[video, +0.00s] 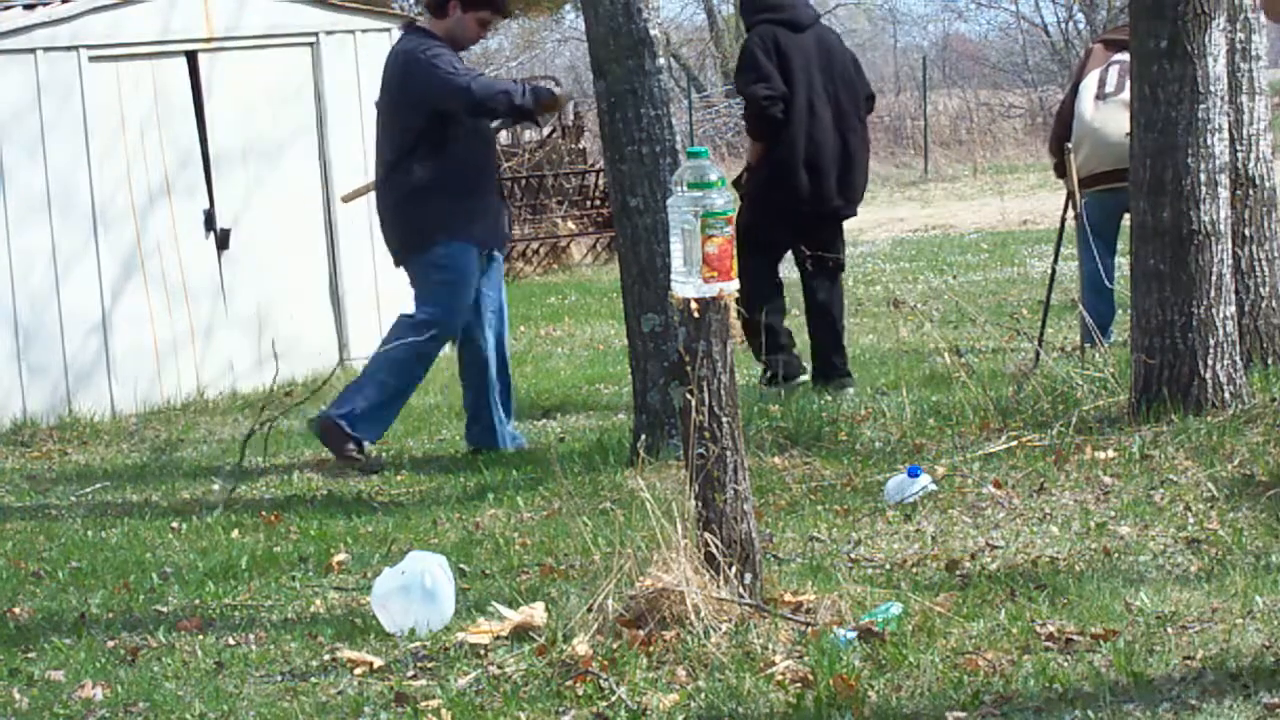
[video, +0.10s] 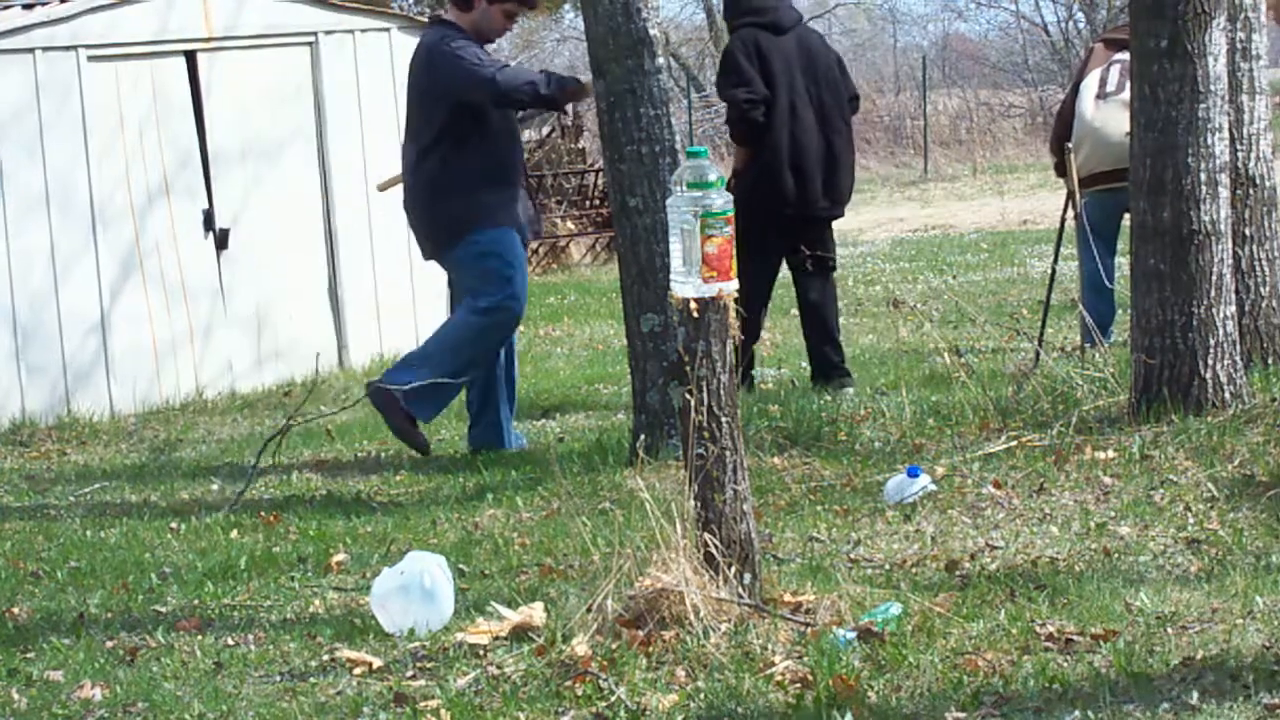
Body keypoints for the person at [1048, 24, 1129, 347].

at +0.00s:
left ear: (1120, 24)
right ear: (1153, 23)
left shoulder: (1096, 51)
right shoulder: (1166, 49)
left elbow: (1068, 110)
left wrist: (1061, 162)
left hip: (1099, 169)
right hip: (1153, 171)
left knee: (1096, 257)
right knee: (1158, 258)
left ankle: (1095, 343)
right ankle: (1163, 342)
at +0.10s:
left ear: (1121, 24)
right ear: (1155, 23)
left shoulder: (1098, 50)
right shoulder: (1169, 49)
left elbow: (1068, 110)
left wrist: (1062, 162)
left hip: (1099, 171)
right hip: (1154, 172)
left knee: (1096, 258)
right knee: (1159, 258)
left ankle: (1095, 343)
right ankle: (1164, 342)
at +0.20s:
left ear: (1123, 24)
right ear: (1157, 22)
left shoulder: (1101, 48)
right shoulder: (1171, 48)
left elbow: (1072, 107)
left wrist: (1064, 159)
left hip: (1102, 170)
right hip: (1157, 171)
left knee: (1098, 259)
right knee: (1161, 259)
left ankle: (1098, 344)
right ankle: (1165, 343)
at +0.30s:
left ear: (1124, 22)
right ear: (1157, 21)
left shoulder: (1101, 49)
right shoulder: (1171, 47)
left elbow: (1071, 108)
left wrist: (1063, 159)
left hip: (1102, 168)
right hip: (1157, 170)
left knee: (1098, 256)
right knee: (1161, 257)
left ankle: (1097, 342)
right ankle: (1166, 341)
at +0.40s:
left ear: (1121, 22)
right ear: (1154, 21)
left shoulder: (1096, 52)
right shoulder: (1167, 50)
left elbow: (1067, 110)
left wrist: (1060, 161)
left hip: (1098, 171)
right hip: (1152, 173)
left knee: (1094, 259)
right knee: (1156, 259)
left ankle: (1093, 343)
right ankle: (1160, 342)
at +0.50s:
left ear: (1115, 26)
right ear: (1148, 24)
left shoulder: (1091, 56)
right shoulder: (1163, 51)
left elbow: (1060, 117)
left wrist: (1058, 163)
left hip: (1095, 173)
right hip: (1150, 174)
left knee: (1091, 254)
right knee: (1154, 256)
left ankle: (1090, 341)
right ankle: (1157, 340)